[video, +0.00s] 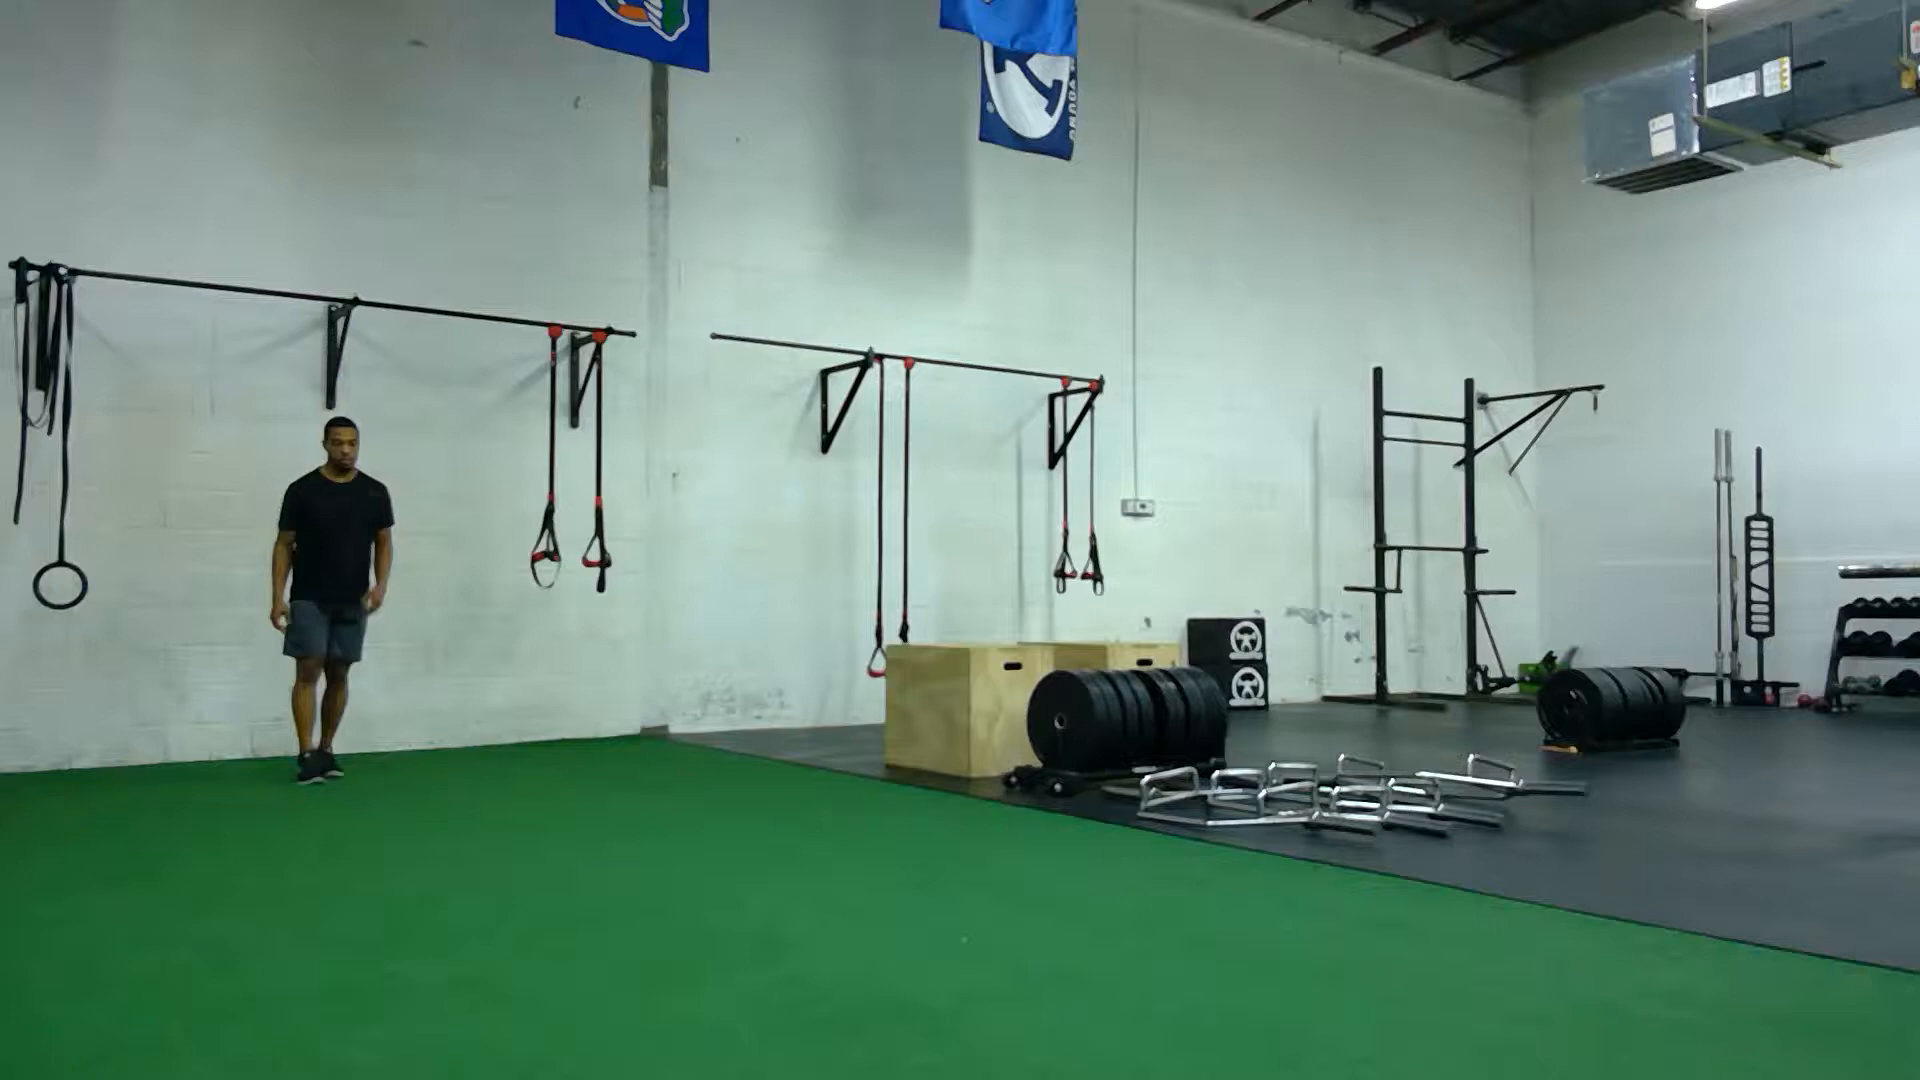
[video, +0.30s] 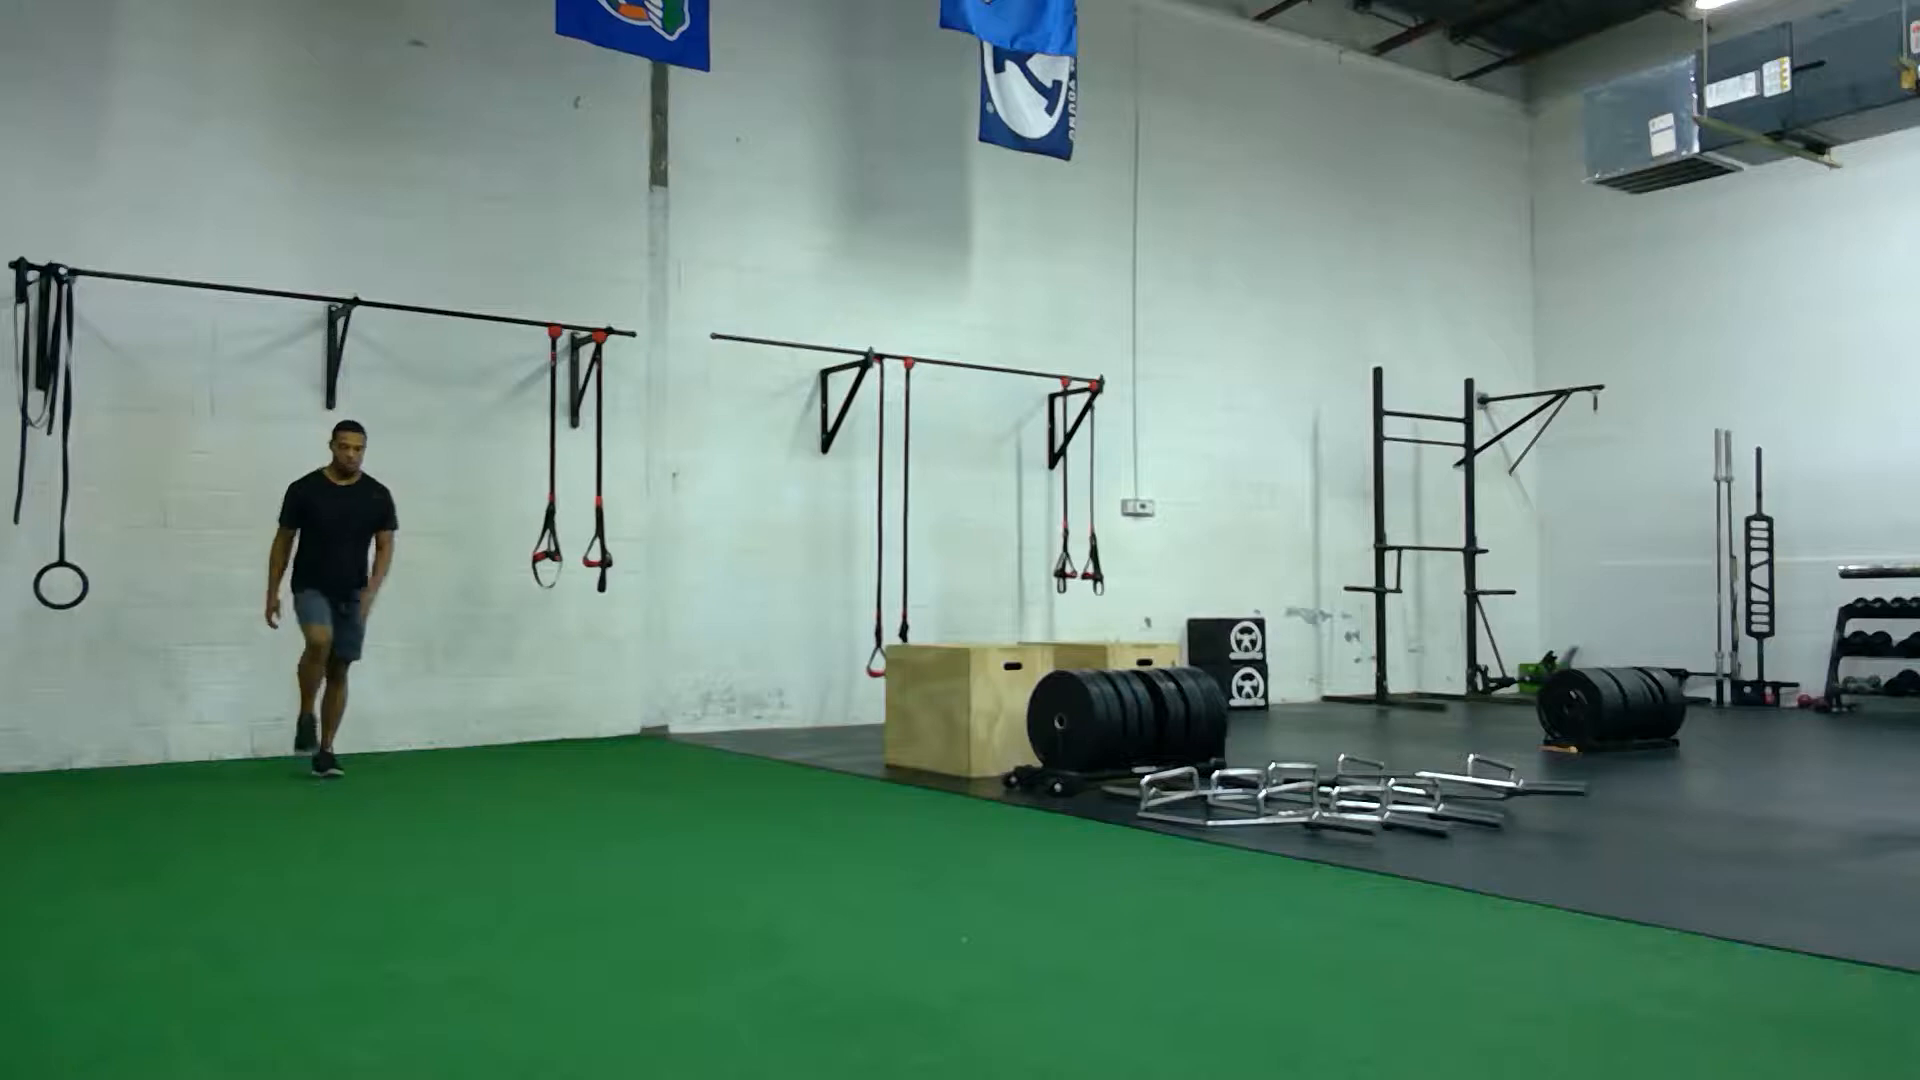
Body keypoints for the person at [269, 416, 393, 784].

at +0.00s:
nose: (345, 450)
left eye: (351, 443)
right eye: (338, 443)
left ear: (358, 446)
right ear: (325, 446)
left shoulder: (375, 492)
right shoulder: (301, 490)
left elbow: (383, 541)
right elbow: (283, 545)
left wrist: (380, 584)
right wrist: (278, 597)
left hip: (352, 597)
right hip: (309, 596)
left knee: (338, 674)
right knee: (308, 671)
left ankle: (326, 750)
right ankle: (306, 753)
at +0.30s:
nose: (350, 454)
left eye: (357, 448)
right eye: (344, 447)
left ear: (365, 451)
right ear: (332, 447)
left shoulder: (377, 495)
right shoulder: (303, 490)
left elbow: (384, 547)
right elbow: (283, 541)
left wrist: (371, 591)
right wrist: (273, 590)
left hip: (351, 590)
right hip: (311, 586)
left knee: (338, 671)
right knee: (319, 641)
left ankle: (326, 750)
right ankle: (307, 715)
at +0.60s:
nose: (354, 465)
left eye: (360, 458)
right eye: (348, 457)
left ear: (367, 457)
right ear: (335, 453)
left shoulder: (380, 496)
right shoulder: (307, 489)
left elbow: (382, 550)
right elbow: (280, 532)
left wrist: (362, 525)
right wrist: (263, 576)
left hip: (351, 588)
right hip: (309, 569)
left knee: (337, 669)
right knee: (321, 591)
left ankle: (325, 750)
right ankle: (322, 666)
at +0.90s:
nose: (353, 467)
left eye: (359, 461)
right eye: (346, 460)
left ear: (365, 462)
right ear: (332, 460)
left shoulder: (380, 501)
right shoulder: (308, 495)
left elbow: (381, 553)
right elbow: (280, 524)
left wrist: (364, 519)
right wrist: (262, 552)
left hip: (352, 591)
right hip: (308, 574)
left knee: (344, 681)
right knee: (319, 597)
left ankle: (327, 749)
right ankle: (314, 675)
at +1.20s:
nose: (346, 439)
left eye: (352, 433)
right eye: (338, 432)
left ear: (359, 438)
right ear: (324, 437)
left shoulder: (380, 481)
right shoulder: (301, 481)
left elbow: (406, 512)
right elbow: (286, 535)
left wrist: (414, 554)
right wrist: (314, 511)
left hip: (360, 582)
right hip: (311, 589)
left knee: (377, 633)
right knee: (309, 674)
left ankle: (353, 690)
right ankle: (300, 748)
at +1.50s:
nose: (369, 412)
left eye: (375, 406)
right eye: (360, 405)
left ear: (383, 413)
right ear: (345, 411)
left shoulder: (399, 461)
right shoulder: (317, 456)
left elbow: (416, 518)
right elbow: (281, 497)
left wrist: (391, 501)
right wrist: (266, 547)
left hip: (380, 568)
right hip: (333, 558)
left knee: (381, 662)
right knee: (342, 615)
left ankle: (365, 738)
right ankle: (339, 715)